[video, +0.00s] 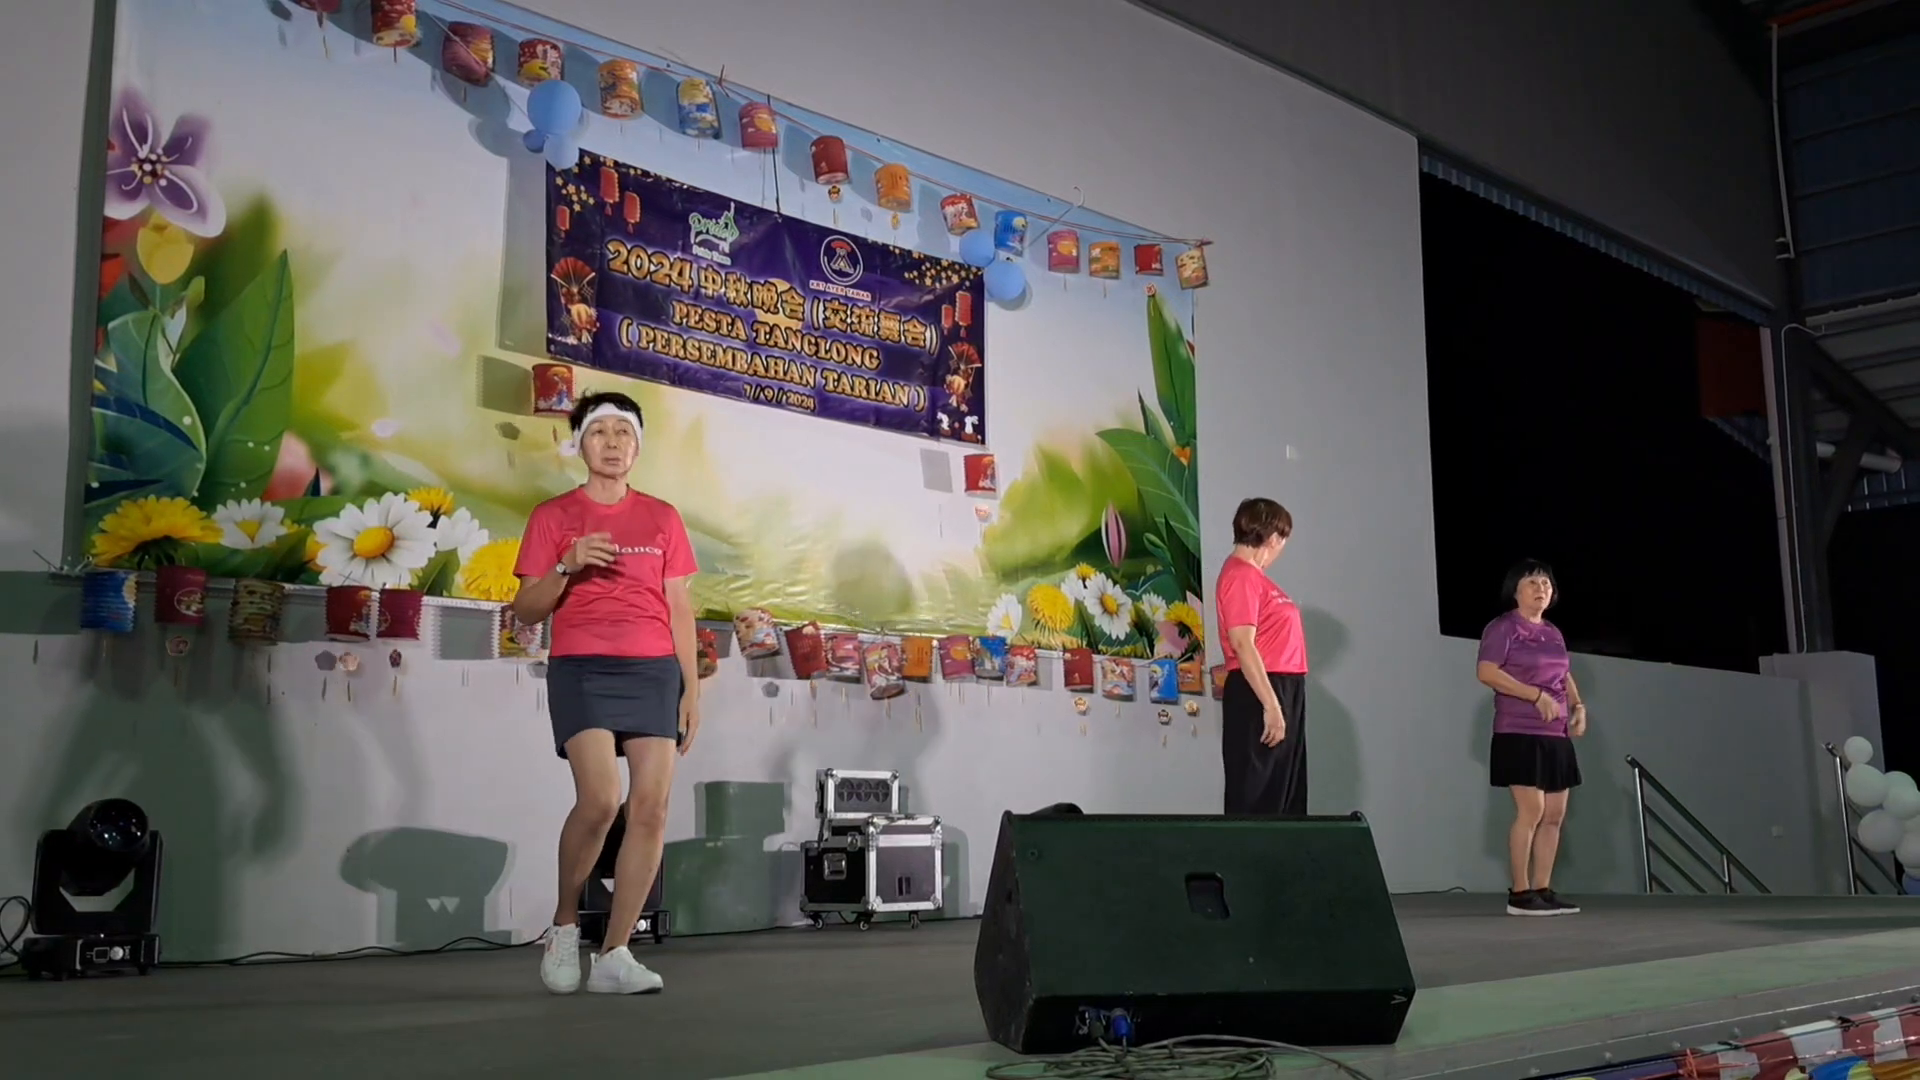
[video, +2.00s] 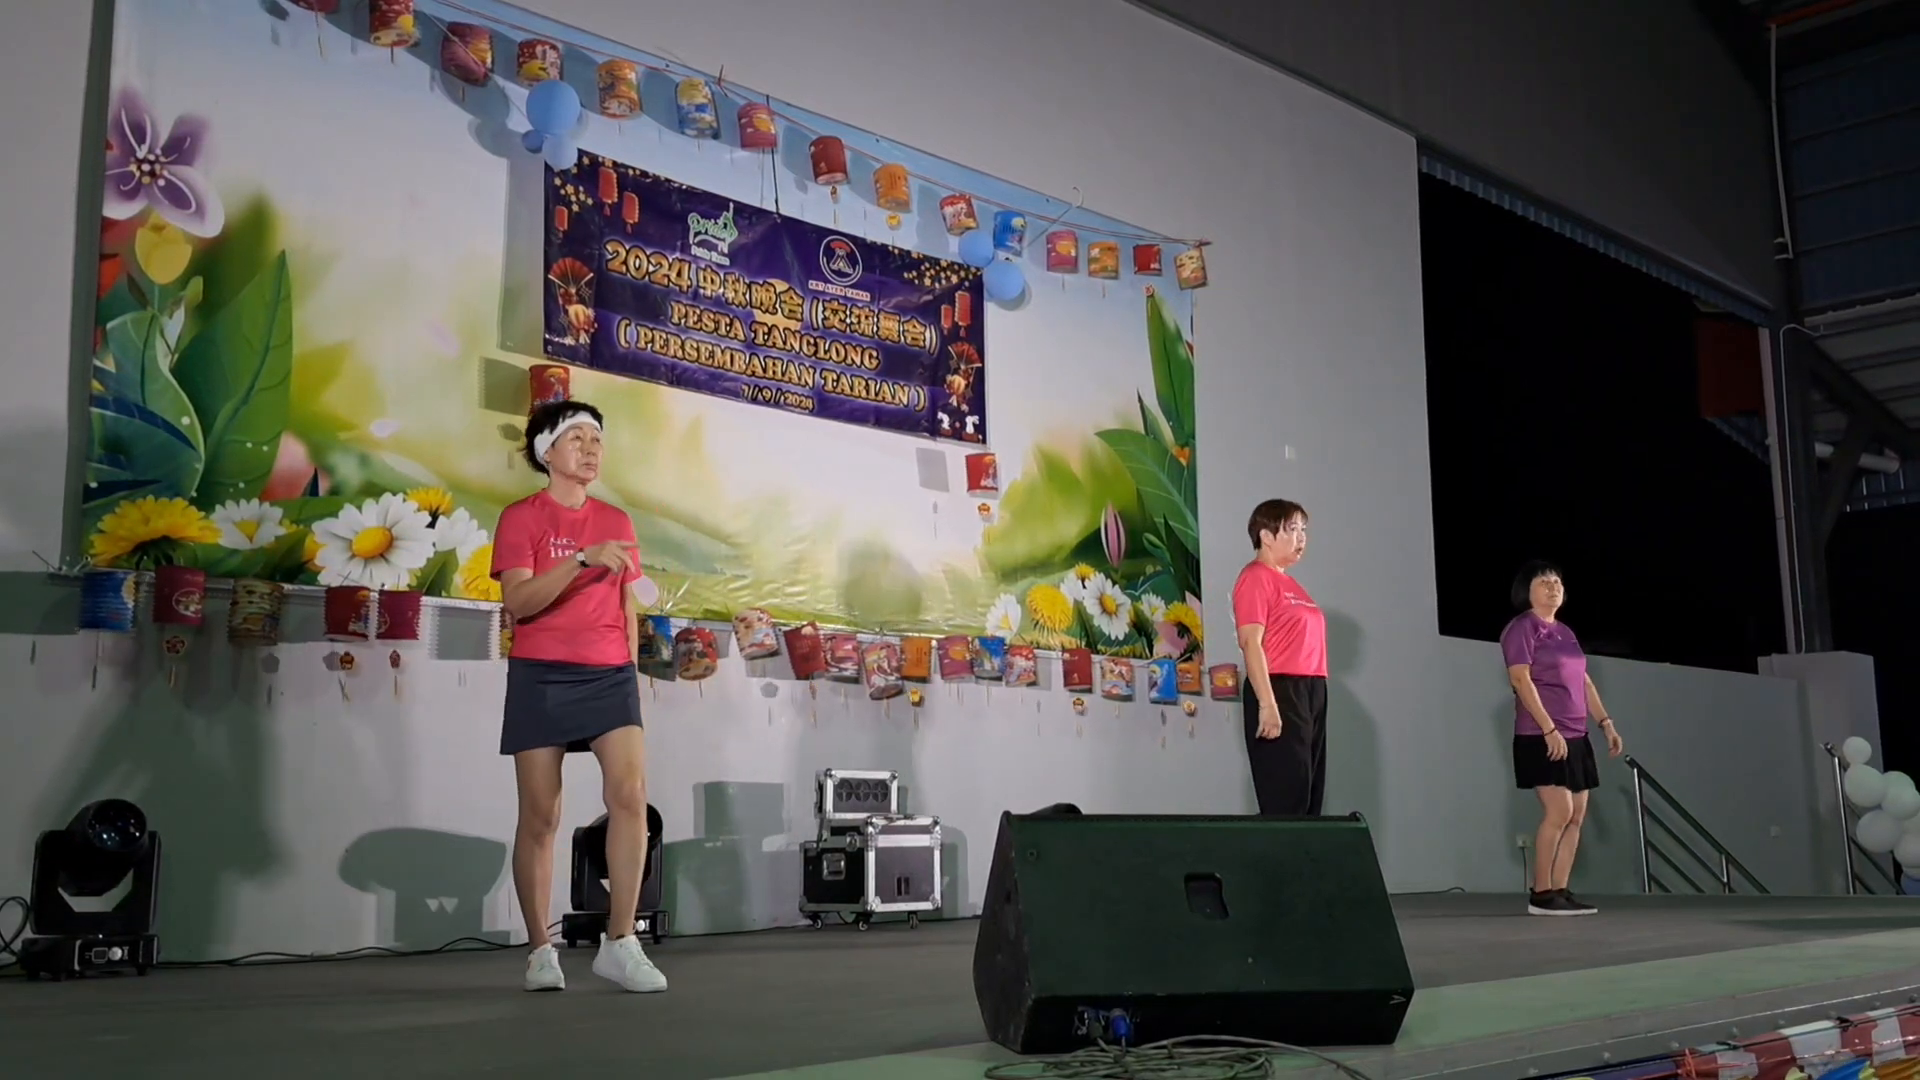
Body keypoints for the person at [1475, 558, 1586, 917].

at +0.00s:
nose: (1541, 588)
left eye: (1545, 583)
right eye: (1532, 583)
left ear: (1551, 592)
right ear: (1516, 591)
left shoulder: (1554, 633)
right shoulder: (1502, 628)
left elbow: (1564, 676)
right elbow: (1486, 672)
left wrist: (1577, 706)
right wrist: (1537, 695)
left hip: (1556, 736)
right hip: (1518, 735)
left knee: (1554, 815)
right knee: (1530, 811)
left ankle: (1542, 890)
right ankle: (1519, 893)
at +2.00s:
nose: (1552, 587)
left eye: (1557, 582)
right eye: (1544, 582)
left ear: (1563, 591)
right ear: (1528, 590)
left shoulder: (1566, 632)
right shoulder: (1520, 629)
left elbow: (1583, 680)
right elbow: (1520, 682)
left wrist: (1605, 722)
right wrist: (1549, 728)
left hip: (1575, 736)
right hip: (1540, 736)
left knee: (1576, 814)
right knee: (1558, 811)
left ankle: (1559, 891)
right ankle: (1541, 892)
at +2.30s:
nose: (1548, 592)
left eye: (1553, 587)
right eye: (1540, 586)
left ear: (1560, 594)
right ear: (1525, 593)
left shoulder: (1573, 635)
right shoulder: (1508, 631)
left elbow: (1600, 675)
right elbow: (1493, 675)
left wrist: (1635, 701)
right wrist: (1507, 714)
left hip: (1565, 738)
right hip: (1523, 736)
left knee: (1574, 812)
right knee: (1535, 811)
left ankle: (1558, 891)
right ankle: (1520, 886)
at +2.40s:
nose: (1539, 593)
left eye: (1544, 587)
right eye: (1531, 586)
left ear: (1551, 592)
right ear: (1514, 591)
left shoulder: (1563, 630)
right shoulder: (1495, 629)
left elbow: (1591, 670)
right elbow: (1474, 671)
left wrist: (1629, 673)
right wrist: (1466, 706)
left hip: (1560, 734)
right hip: (1515, 734)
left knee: (1578, 807)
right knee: (1520, 812)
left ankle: (1560, 888)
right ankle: (1508, 886)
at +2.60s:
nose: (1523, 599)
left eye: (1528, 593)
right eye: (1515, 593)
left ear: (1534, 598)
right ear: (1498, 597)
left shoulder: (1545, 634)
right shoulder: (1477, 636)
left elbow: (1571, 676)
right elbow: (1446, 678)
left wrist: (1599, 661)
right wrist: (1411, 714)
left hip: (1545, 738)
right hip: (1496, 740)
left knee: (1584, 803)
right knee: (1501, 811)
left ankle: (1596, 886)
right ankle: (1505, 891)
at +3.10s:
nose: (1497, 586)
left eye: (1503, 581)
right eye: (1489, 583)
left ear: (1514, 591)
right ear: (1479, 595)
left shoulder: (1536, 631)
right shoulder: (1465, 637)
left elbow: (1557, 674)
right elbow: (1452, 689)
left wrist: (1570, 696)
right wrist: (1442, 738)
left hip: (1540, 736)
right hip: (1491, 739)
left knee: (1574, 804)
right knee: (1498, 813)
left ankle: (1574, 886)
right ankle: (1505, 891)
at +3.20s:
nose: (1501, 586)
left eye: (1507, 582)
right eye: (1493, 583)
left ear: (1518, 592)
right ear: (1482, 595)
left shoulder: (1538, 632)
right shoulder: (1470, 636)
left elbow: (1556, 676)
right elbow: (1463, 689)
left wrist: (1569, 715)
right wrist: (1476, 737)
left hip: (1543, 740)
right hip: (1497, 742)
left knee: (1571, 807)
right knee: (1501, 814)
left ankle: (1557, 887)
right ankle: (1505, 891)